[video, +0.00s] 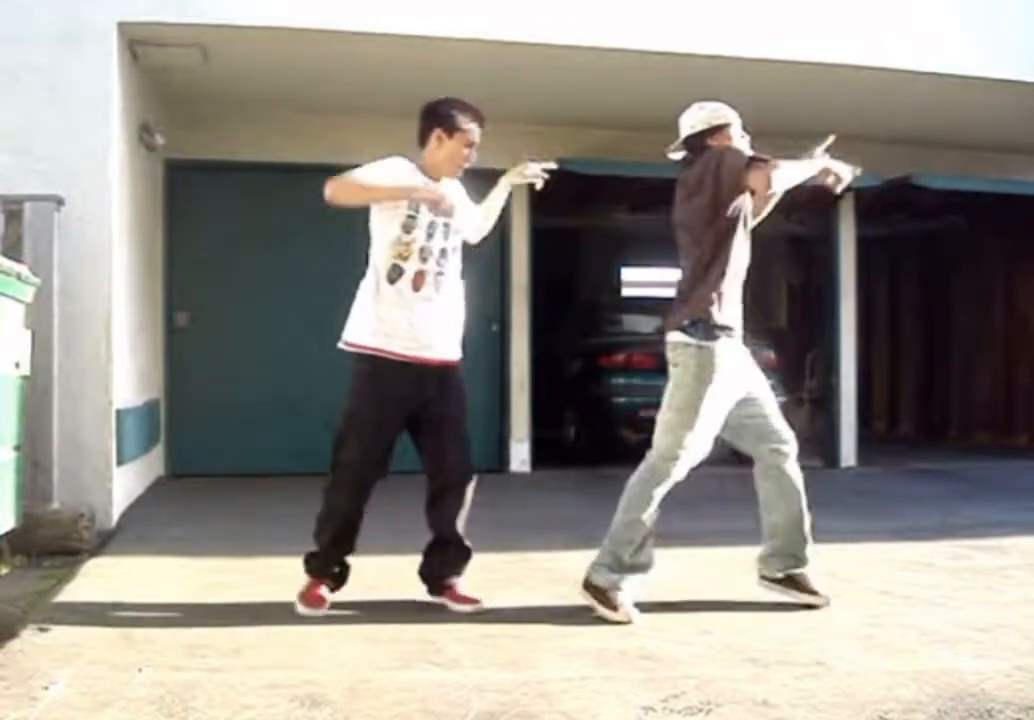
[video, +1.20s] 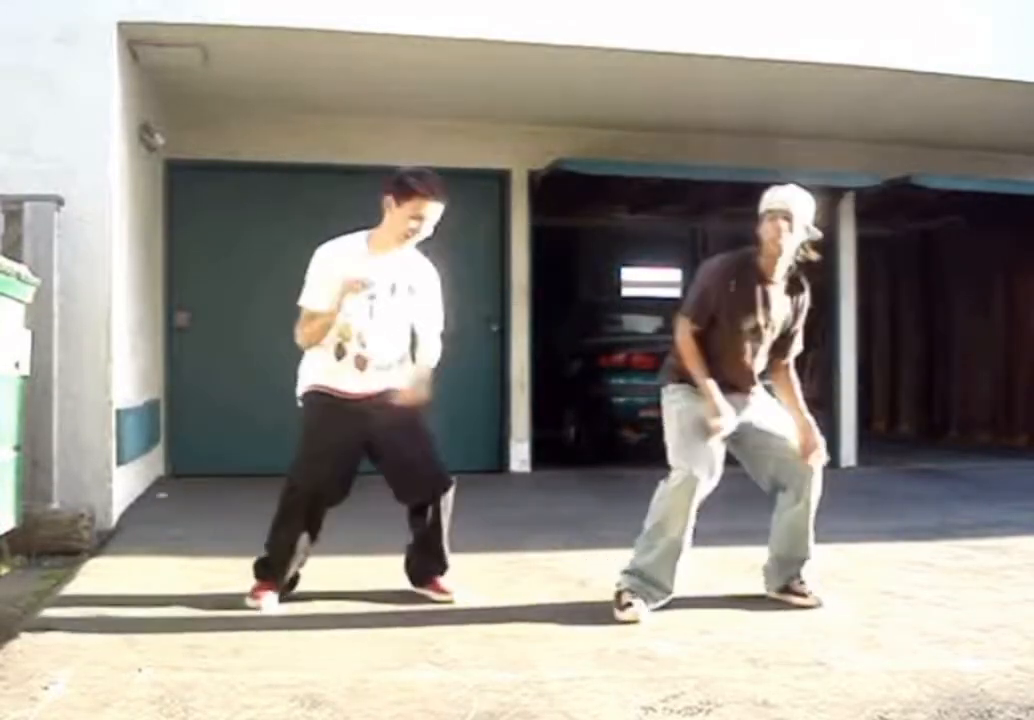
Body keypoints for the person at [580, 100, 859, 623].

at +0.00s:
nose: (744, 141)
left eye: (740, 134)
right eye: (736, 133)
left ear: (702, 141)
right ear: (715, 136)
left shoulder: (705, 184)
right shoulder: (714, 163)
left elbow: (753, 209)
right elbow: (772, 173)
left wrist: (807, 173)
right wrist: (818, 161)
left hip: (723, 344)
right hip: (703, 343)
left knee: (776, 446)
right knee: (669, 458)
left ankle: (786, 565)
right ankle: (607, 575)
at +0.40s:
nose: (778, 157)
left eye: (776, 151)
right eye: (771, 150)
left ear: (737, 161)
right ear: (750, 156)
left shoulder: (733, 202)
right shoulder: (753, 188)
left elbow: (766, 225)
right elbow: (814, 208)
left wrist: (788, 183)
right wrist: (837, 154)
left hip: (753, 351)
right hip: (745, 349)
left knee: (795, 456)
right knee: (703, 460)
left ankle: (787, 572)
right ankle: (614, 562)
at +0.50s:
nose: (802, 169)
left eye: (801, 160)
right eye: (796, 159)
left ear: (763, 165)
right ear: (774, 162)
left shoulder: (751, 207)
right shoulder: (773, 201)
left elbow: (785, 260)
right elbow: (793, 254)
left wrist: (829, 241)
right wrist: (845, 213)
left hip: (755, 359)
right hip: (747, 355)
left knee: (799, 461)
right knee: (698, 464)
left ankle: (788, 573)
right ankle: (614, 566)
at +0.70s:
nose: (852, 200)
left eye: (854, 191)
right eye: (848, 190)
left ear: (822, 186)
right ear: (827, 183)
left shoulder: (795, 217)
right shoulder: (798, 201)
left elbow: (778, 264)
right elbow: (801, 230)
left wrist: (819, 275)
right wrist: (861, 243)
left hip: (744, 349)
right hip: (712, 338)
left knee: (780, 457)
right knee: (702, 457)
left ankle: (787, 571)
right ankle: (629, 570)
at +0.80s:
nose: (868, 255)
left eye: (870, 245)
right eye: (863, 243)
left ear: (849, 244)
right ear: (836, 239)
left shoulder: (817, 283)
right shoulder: (802, 269)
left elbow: (775, 328)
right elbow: (765, 321)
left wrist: (826, 336)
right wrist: (836, 325)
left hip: (733, 374)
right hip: (693, 368)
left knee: (784, 458)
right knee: (699, 477)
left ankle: (784, 574)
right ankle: (624, 579)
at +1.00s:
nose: (832, 241)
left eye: (841, 233)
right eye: (824, 230)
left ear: (851, 241)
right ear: (808, 230)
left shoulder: (813, 276)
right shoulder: (795, 260)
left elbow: (787, 320)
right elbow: (769, 289)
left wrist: (825, 351)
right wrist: (830, 330)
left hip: (740, 379)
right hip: (694, 373)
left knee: (790, 460)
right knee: (693, 476)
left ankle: (787, 572)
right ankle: (628, 582)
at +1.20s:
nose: (778, 229)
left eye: (788, 222)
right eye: (772, 219)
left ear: (803, 234)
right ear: (759, 225)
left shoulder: (798, 293)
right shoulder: (722, 271)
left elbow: (781, 366)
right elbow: (684, 331)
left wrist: (805, 424)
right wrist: (710, 395)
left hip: (750, 395)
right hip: (693, 390)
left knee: (805, 460)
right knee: (693, 474)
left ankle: (785, 577)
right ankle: (639, 588)